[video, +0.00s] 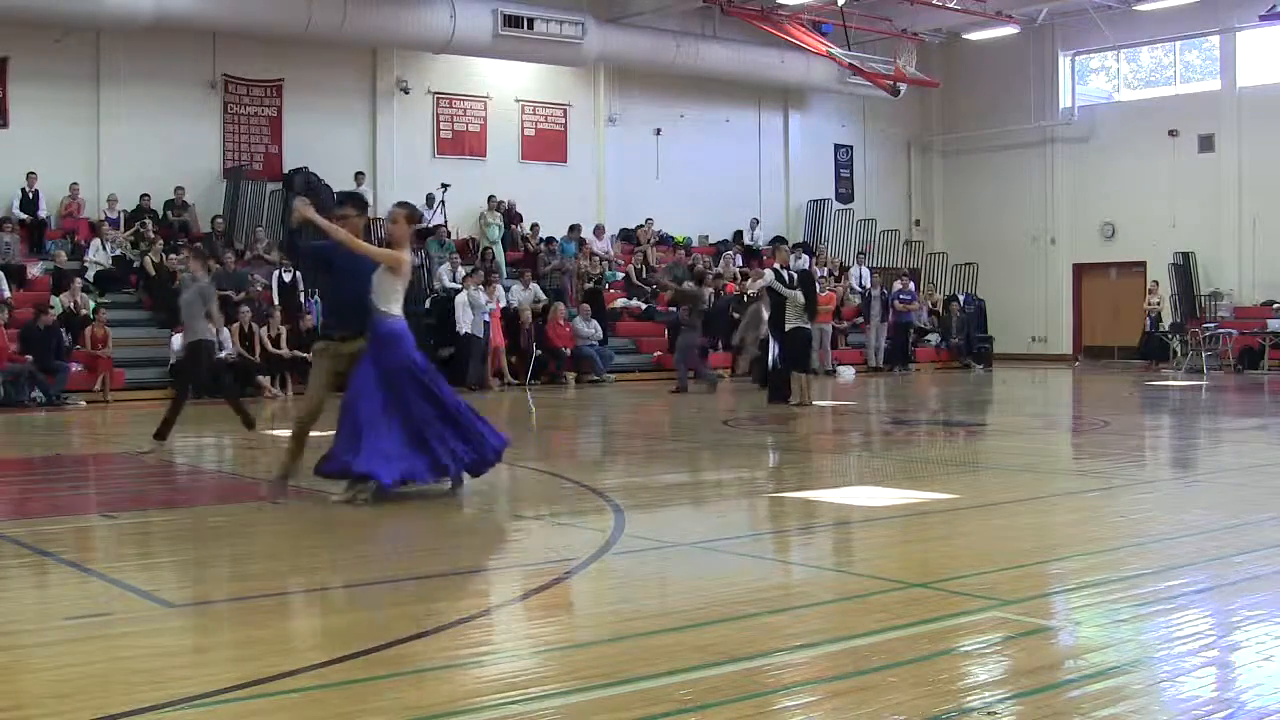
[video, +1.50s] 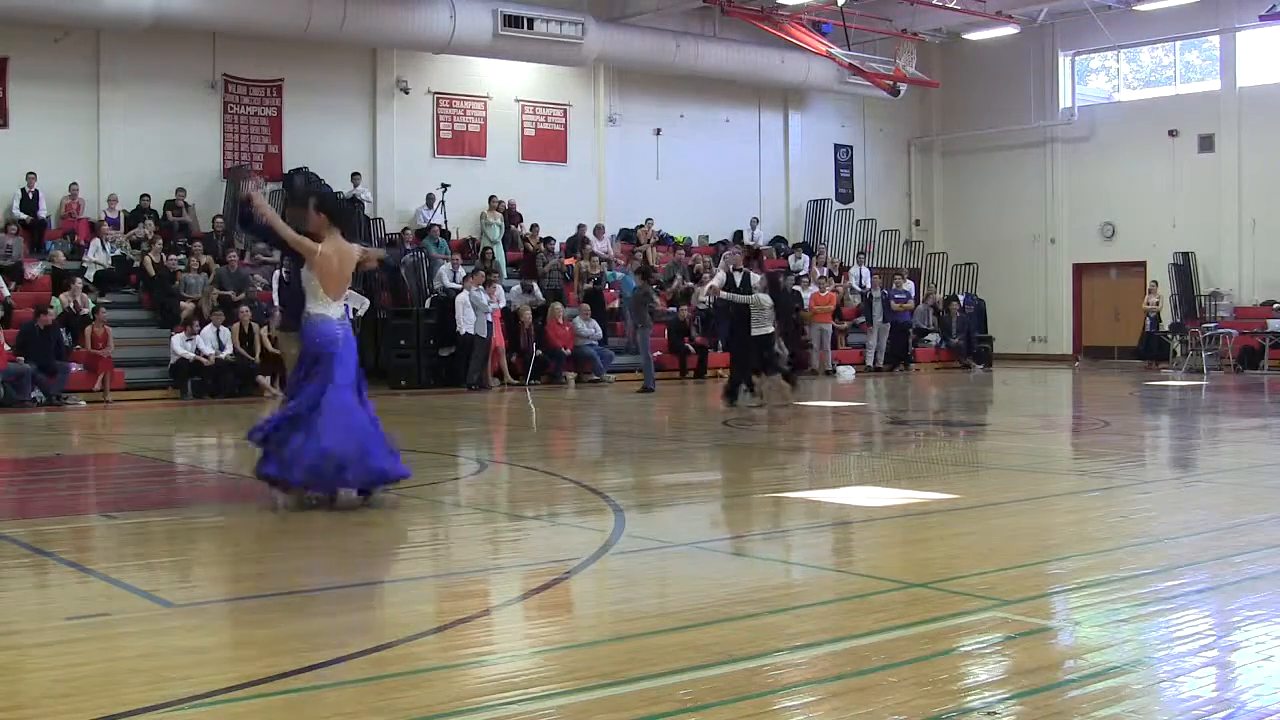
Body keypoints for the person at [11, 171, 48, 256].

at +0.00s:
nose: (33, 181)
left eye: (34, 179)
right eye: (31, 179)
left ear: (36, 180)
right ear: (27, 180)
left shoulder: (39, 193)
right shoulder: (20, 192)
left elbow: (42, 209)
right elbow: (14, 209)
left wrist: (41, 216)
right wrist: (25, 217)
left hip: (36, 217)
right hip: (24, 217)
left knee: (43, 223)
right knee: (33, 224)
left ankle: (40, 249)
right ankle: (32, 249)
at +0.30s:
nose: (33, 181)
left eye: (34, 179)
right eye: (31, 178)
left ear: (36, 180)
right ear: (27, 180)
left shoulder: (39, 193)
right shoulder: (20, 192)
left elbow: (42, 208)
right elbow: (14, 209)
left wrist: (41, 216)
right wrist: (25, 217)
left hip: (36, 218)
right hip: (25, 218)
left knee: (43, 224)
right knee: (32, 226)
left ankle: (40, 248)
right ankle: (32, 248)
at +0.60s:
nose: (33, 181)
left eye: (34, 179)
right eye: (31, 178)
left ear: (36, 180)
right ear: (27, 180)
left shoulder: (39, 193)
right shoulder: (20, 192)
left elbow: (42, 209)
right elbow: (15, 210)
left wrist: (41, 216)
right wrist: (25, 217)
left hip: (36, 219)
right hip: (25, 219)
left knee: (43, 223)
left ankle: (40, 248)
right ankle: (30, 248)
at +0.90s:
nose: (32, 181)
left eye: (34, 179)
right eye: (30, 178)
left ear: (36, 180)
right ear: (26, 180)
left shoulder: (39, 193)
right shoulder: (20, 192)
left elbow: (42, 209)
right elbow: (15, 210)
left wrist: (41, 216)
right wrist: (25, 217)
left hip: (36, 217)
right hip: (24, 218)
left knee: (42, 223)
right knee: (34, 225)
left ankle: (39, 247)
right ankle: (32, 248)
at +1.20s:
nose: (31, 181)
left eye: (33, 179)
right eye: (29, 179)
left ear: (36, 180)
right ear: (26, 180)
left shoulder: (39, 193)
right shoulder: (20, 192)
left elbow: (42, 208)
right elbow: (15, 209)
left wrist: (41, 216)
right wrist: (25, 217)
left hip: (36, 217)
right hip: (24, 217)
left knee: (42, 223)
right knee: (34, 225)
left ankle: (40, 248)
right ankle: (32, 249)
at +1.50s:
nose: (31, 181)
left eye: (33, 179)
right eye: (29, 179)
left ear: (36, 180)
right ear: (26, 180)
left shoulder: (39, 193)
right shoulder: (20, 192)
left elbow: (42, 209)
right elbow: (15, 210)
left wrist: (41, 216)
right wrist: (25, 217)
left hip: (36, 217)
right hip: (24, 217)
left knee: (42, 223)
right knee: (34, 225)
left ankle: (40, 248)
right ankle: (33, 248)